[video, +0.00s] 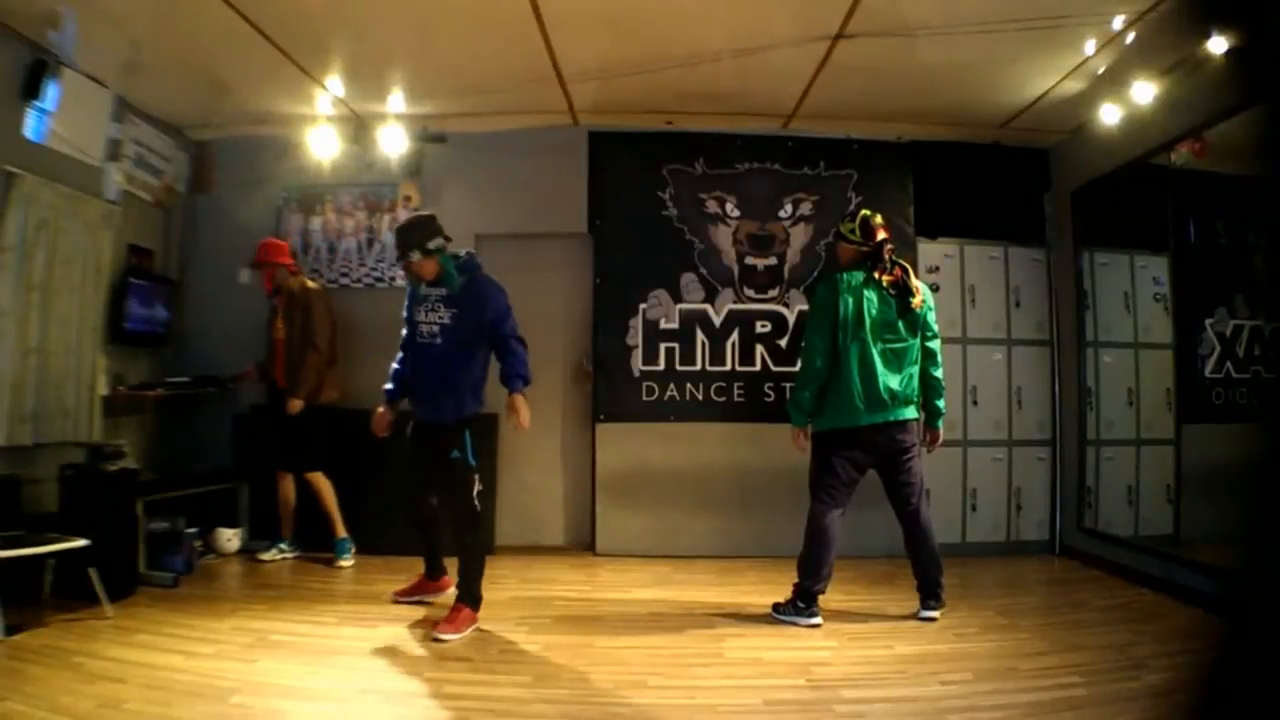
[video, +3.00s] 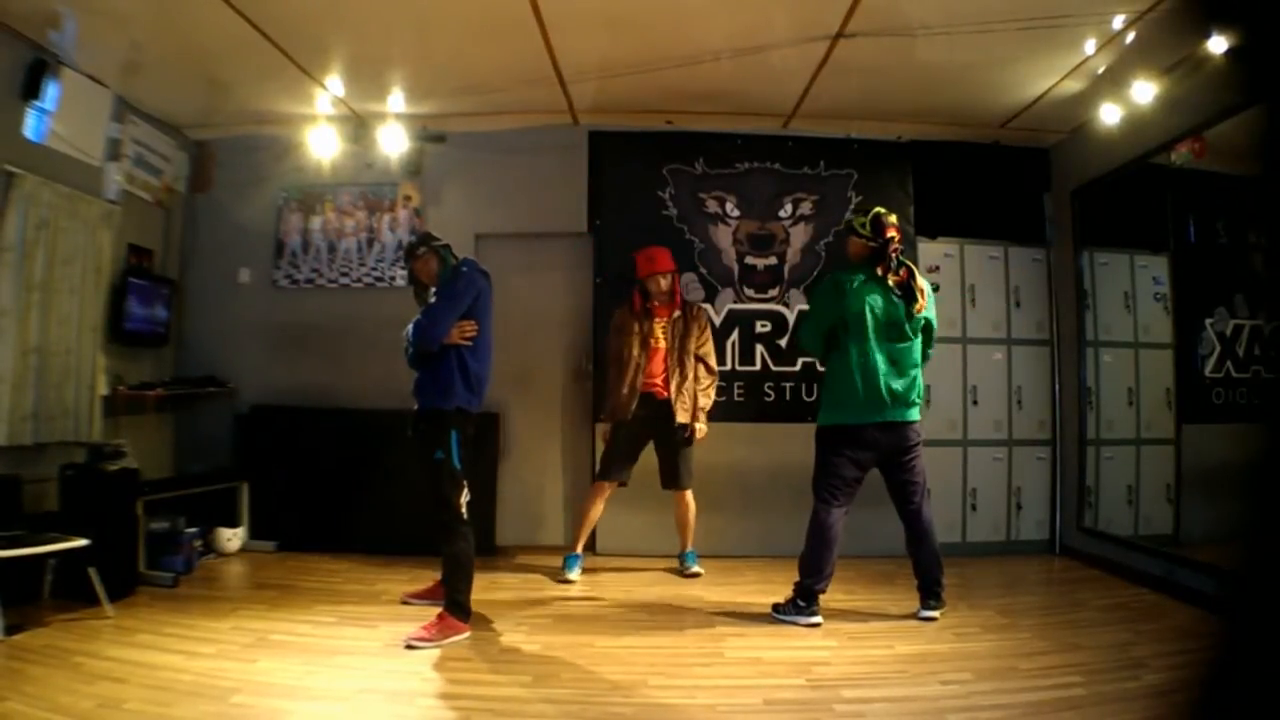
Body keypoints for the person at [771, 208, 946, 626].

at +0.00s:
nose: (834, 248)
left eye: (840, 243)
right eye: (837, 241)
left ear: (857, 248)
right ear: (880, 247)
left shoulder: (833, 287)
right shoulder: (915, 290)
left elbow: (816, 356)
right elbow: (932, 358)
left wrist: (800, 411)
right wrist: (934, 415)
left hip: (844, 419)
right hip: (900, 420)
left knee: (827, 506)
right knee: (914, 508)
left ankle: (806, 600)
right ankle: (931, 598)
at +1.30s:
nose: (835, 250)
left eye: (840, 245)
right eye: (838, 243)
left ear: (852, 249)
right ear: (880, 246)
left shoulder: (830, 290)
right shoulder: (912, 288)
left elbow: (804, 352)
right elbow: (938, 344)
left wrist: (773, 396)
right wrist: (954, 392)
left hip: (842, 422)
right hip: (899, 420)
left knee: (827, 506)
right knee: (914, 508)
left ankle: (806, 600)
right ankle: (931, 598)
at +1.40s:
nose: (832, 250)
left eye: (837, 245)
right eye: (836, 243)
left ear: (850, 249)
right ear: (878, 247)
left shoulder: (830, 287)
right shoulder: (911, 286)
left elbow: (793, 338)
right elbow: (944, 332)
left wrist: (742, 373)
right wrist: (977, 366)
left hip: (841, 420)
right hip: (898, 420)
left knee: (827, 505)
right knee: (913, 507)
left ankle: (806, 600)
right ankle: (932, 598)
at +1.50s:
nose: (834, 250)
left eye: (838, 245)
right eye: (837, 243)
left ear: (851, 249)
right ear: (879, 246)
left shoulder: (830, 287)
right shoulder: (910, 285)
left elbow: (783, 325)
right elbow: (954, 321)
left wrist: (722, 332)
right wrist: (998, 331)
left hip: (841, 421)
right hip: (897, 419)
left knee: (827, 505)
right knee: (913, 507)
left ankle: (807, 600)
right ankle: (931, 597)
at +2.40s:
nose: (835, 248)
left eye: (841, 243)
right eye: (838, 241)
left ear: (854, 248)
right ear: (884, 246)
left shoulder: (830, 285)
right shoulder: (914, 284)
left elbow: (797, 344)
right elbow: (948, 333)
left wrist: (756, 387)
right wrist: (987, 360)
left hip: (844, 418)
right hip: (899, 418)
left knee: (829, 504)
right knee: (915, 507)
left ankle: (806, 600)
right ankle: (931, 597)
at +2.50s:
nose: (835, 246)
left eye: (842, 240)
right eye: (838, 238)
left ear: (858, 247)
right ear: (882, 245)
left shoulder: (830, 288)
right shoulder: (916, 286)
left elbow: (819, 354)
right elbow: (932, 349)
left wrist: (816, 408)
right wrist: (938, 397)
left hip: (848, 417)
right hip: (901, 418)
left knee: (829, 504)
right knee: (915, 507)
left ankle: (806, 599)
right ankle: (931, 597)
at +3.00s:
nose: (842, 243)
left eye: (848, 236)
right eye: (846, 235)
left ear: (863, 245)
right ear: (887, 246)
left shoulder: (837, 285)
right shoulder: (918, 285)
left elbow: (807, 341)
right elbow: (924, 349)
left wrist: (843, 349)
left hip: (847, 416)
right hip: (903, 417)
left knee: (830, 505)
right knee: (916, 507)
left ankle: (806, 600)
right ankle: (932, 598)